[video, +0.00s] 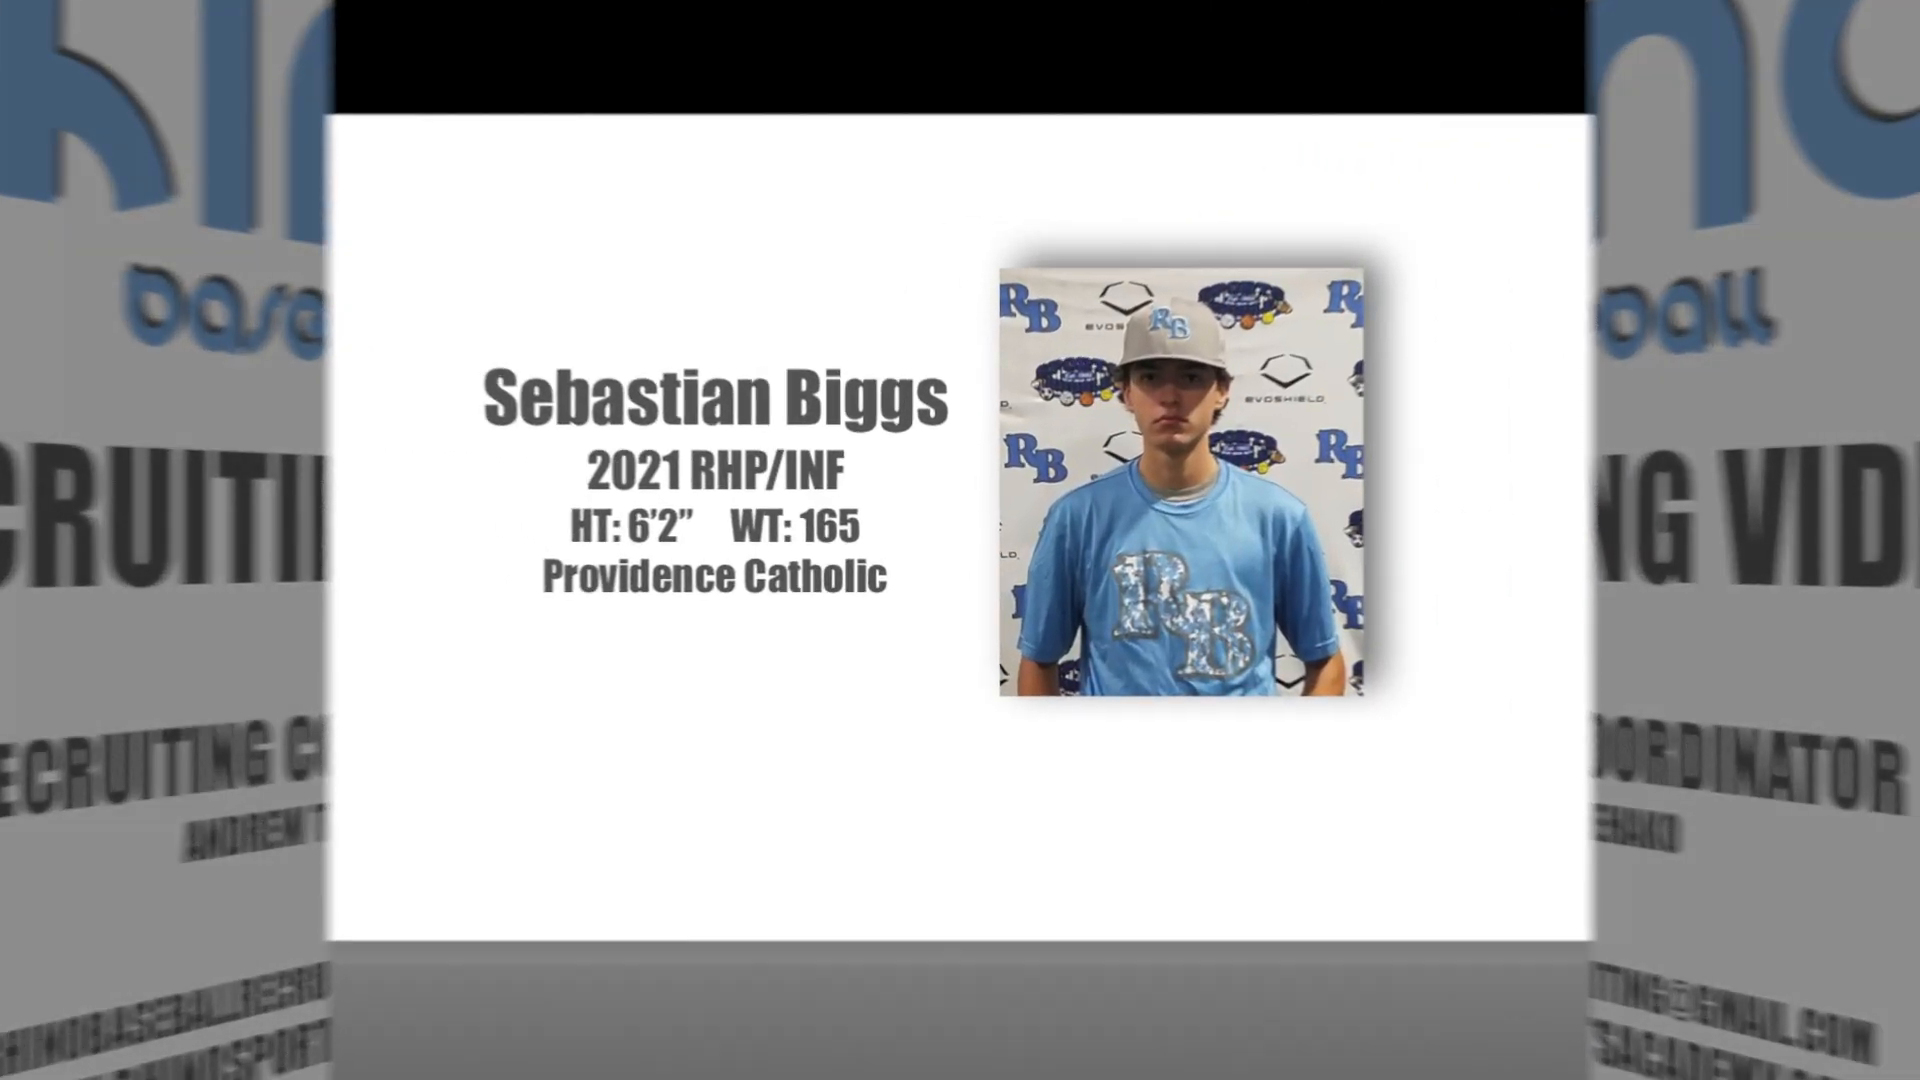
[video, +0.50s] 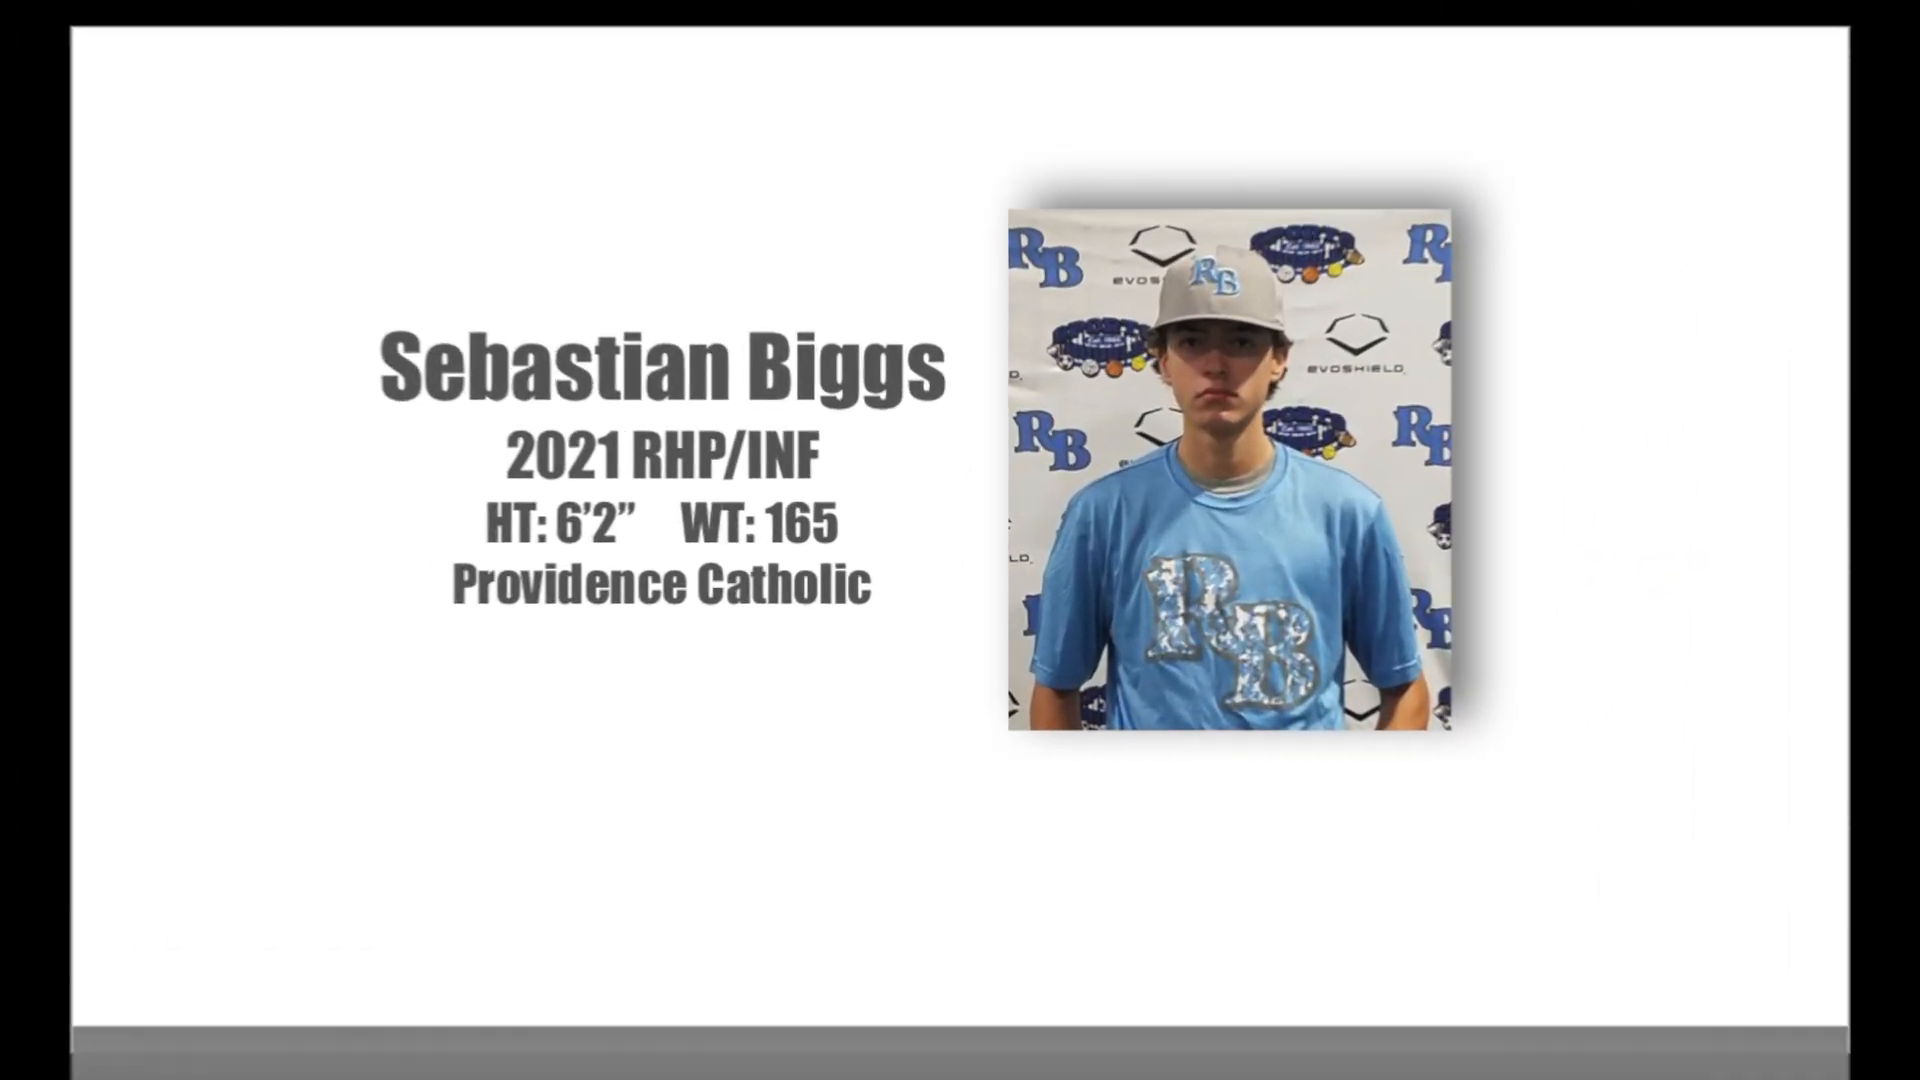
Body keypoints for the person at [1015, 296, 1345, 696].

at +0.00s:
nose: (1170, 395)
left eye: (1191, 377)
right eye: (1152, 377)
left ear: (1220, 393)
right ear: (1127, 393)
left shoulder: (1280, 518)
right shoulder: (1075, 520)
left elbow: (1327, 663)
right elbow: (1039, 665)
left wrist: (1297, 753)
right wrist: (1041, 756)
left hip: (1247, 749)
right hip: (1115, 748)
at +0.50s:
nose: (1216, 364)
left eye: (1241, 341)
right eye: (1195, 342)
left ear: (1277, 361)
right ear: (1163, 363)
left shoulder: (1349, 513)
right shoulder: (1100, 515)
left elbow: (1407, 690)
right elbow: (1056, 693)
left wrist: (1370, 797)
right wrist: (1066, 802)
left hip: (1311, 793)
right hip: (1149, 793)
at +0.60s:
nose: (1223, 359)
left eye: (1249, 336)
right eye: (1201, 337)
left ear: (1286, 357)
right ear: (1168, 357)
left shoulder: (1360, 512)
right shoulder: (1104, 515)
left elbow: (1419, 694)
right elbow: (1058, 697)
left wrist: (1383, 804)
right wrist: (1069, 808)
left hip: (1320, 799)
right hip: (1154, 799)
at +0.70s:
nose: (1229, 355)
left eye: (1255, 332)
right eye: (1206, 332)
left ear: (1293, 352)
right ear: (1173, 354)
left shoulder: (1368, 511)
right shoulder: (1107, 514)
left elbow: (1429, 698)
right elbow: (1060, 701)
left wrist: (1390, 809)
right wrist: (1075, 815)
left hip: (1328, 806)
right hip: (1159, 806)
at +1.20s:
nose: (1240, 348)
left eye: (1267, 324)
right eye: (1216, 324)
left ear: (1307, 345)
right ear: (1182, 345)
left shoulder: (1387, 511)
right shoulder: (1113, 513)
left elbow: (1448, 705)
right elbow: (1065, 707)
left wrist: (1409, 822)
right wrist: (1073, 826)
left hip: (1343, 820)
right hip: (1166, 819)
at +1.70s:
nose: (1242, 347)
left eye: (1270, 323)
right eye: (1218, 323)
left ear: (1310, 344)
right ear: (1184, 344)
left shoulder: (1389, 510)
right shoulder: (1115, 513)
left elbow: (1452, 707)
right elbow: (1066, 708)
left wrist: (1413, 822)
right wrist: (1077, 827)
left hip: (1346, 819)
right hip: (1168, 819)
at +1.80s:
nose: (1242, 346)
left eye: (1270, 323)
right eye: (1219, 323)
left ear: (1310, 344)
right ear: (1184, 344)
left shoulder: (1390, 511)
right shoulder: (1115, 513)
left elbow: (1452, 707)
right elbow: (1066, 709)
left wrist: (1412, 822)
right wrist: (1077, 828)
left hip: (1347, 819)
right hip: (1169, 819)